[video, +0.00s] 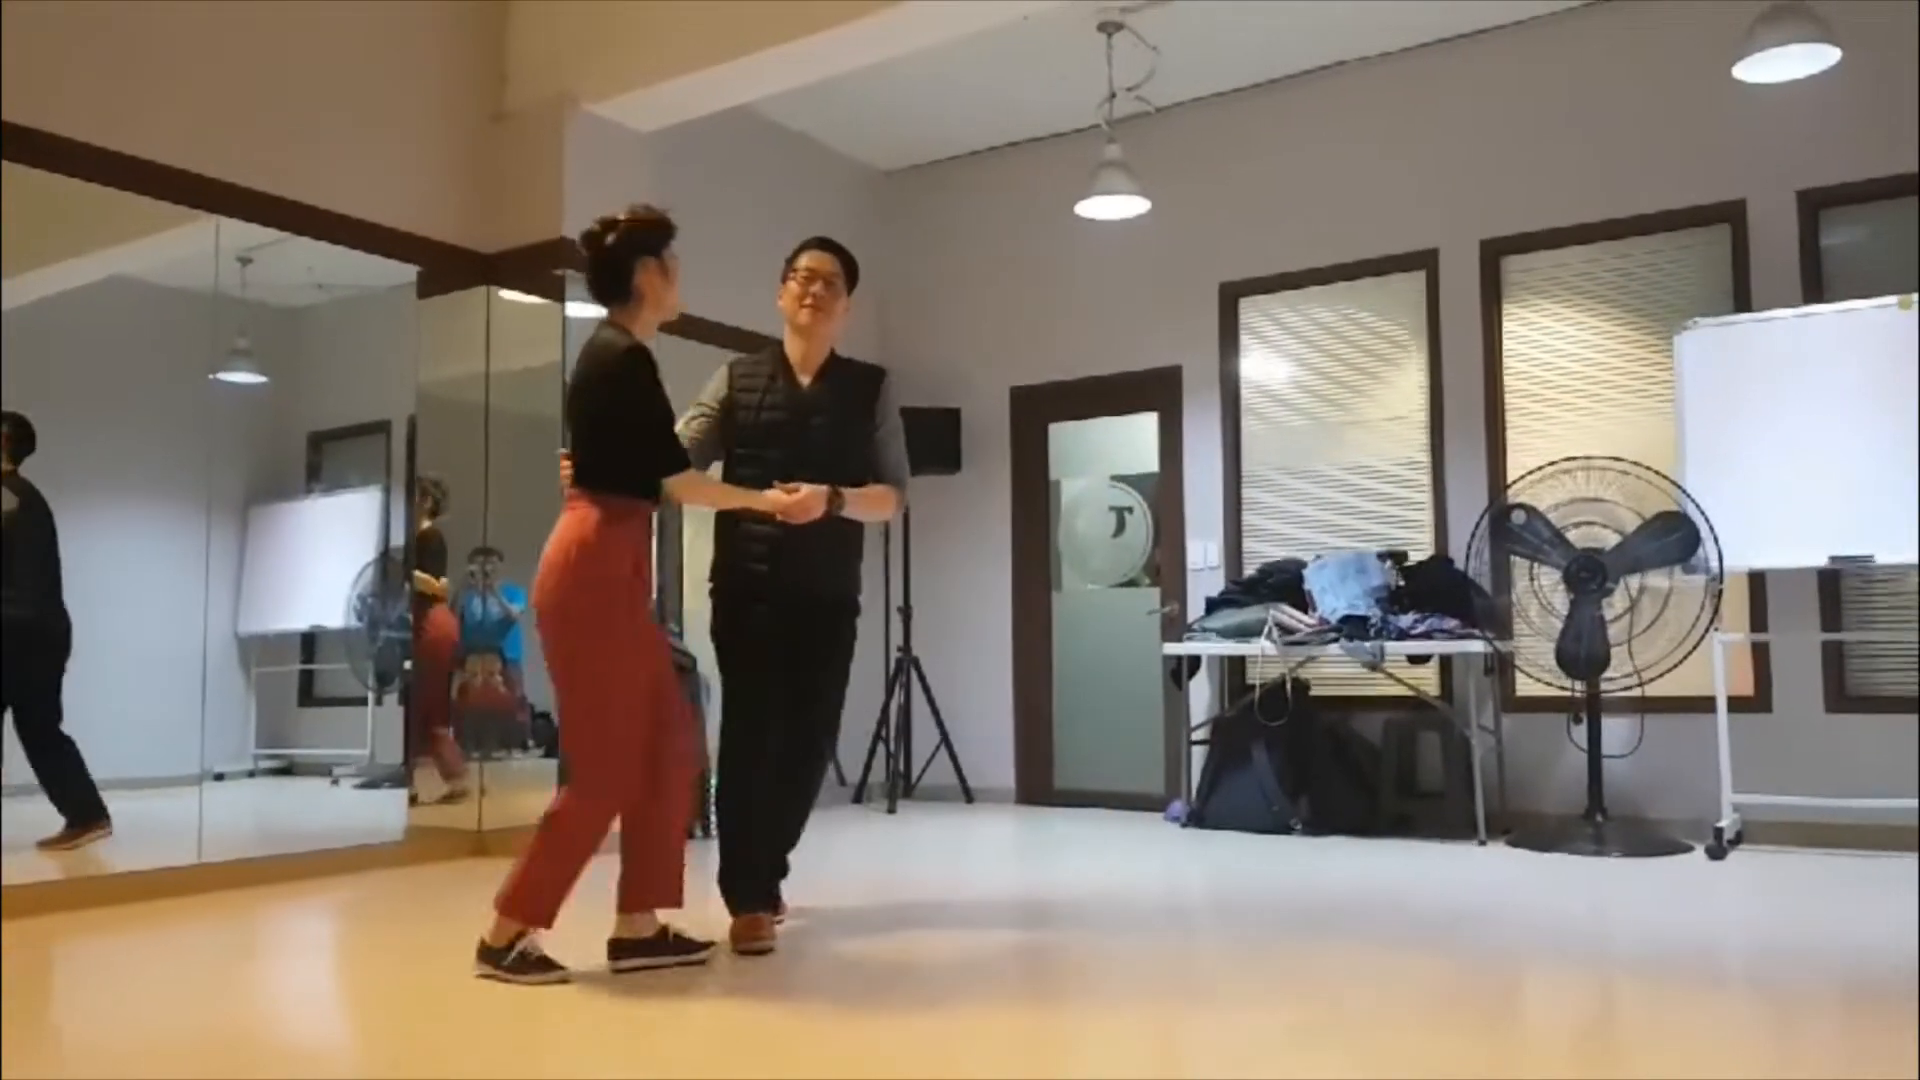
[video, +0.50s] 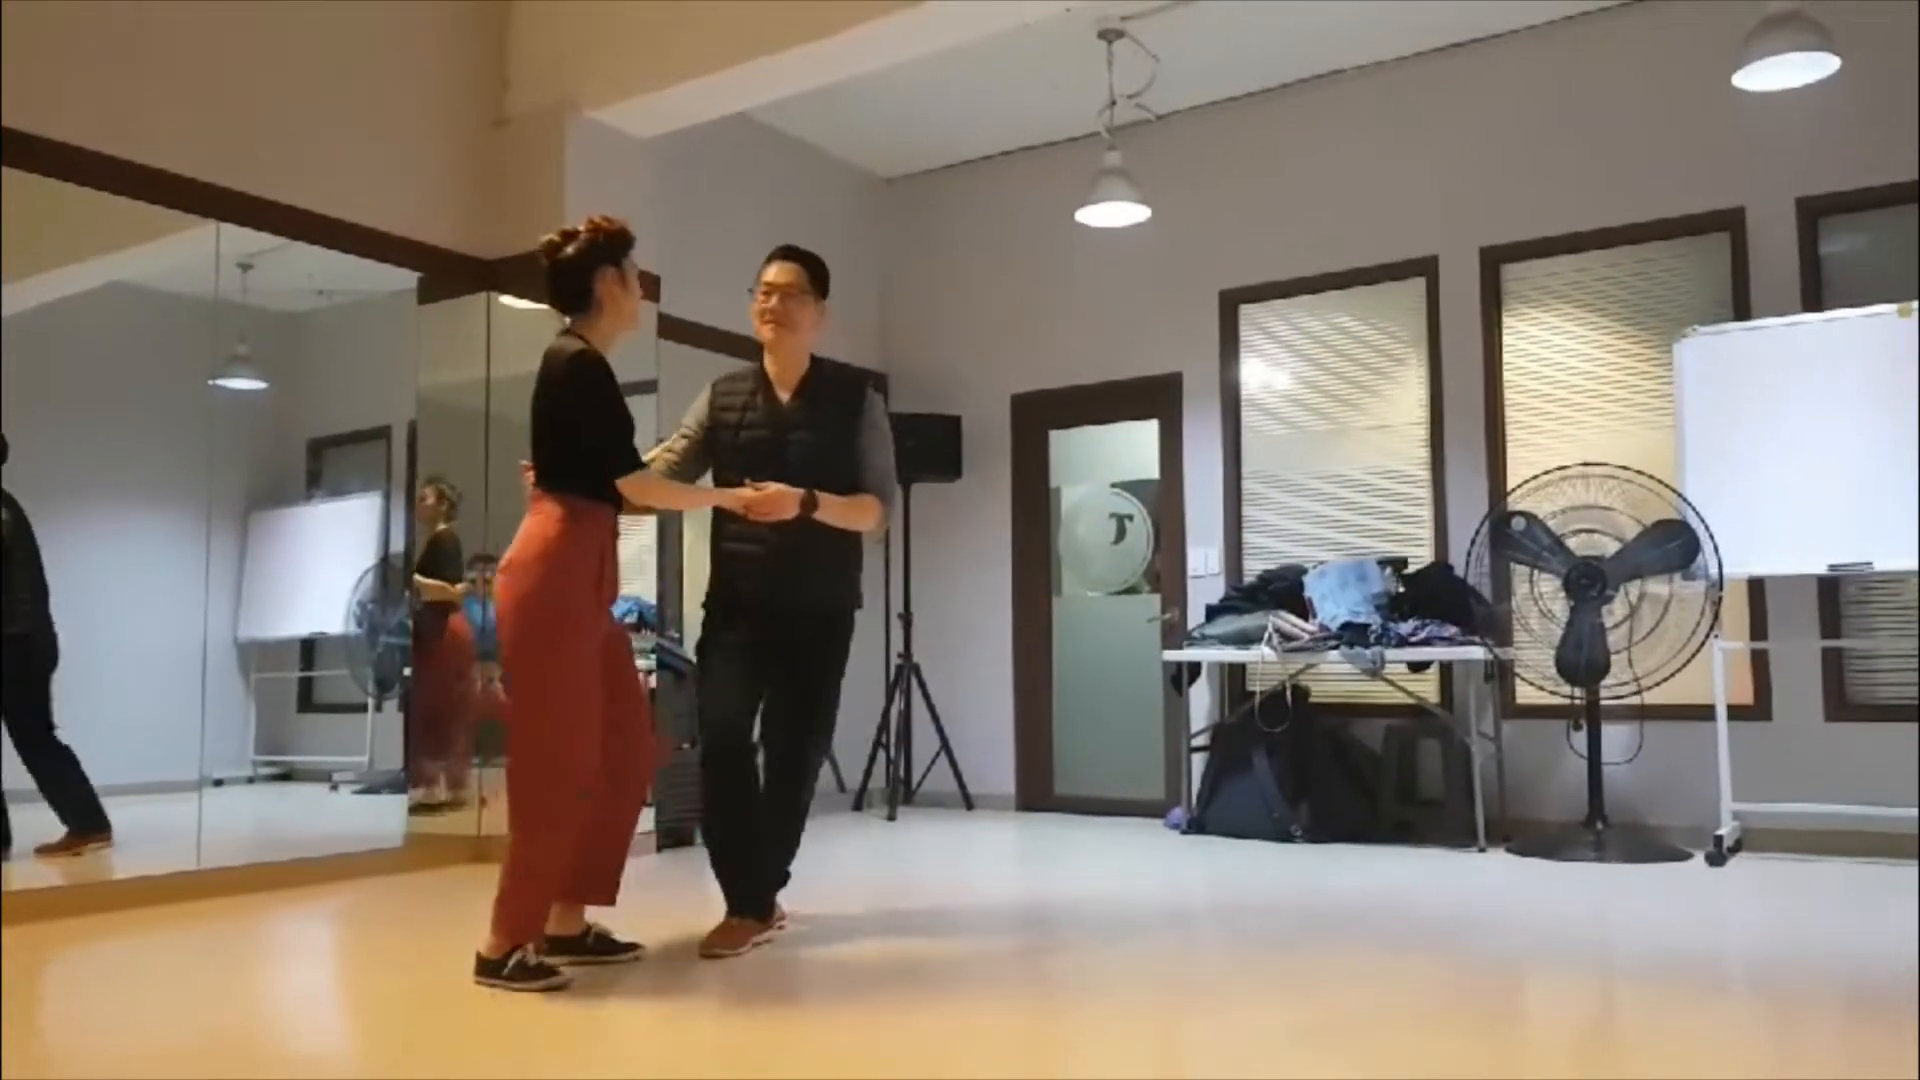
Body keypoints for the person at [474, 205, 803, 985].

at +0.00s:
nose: (679, 278)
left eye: (672, 265)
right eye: (670, 266)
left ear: (624, 280)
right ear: (645, 278)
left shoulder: (611, 358)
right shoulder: (622, 361)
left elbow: (643, 476)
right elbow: (673, 480)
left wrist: (743, 495)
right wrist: (766, 501)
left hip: (607, 572)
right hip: (593, 572)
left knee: (671, 738)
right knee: (609, 759)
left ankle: (640, 926)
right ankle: (507, 935)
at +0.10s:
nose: (657, 282)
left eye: (651, 267)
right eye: (649, 268)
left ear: (606, 279)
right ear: (624, 276)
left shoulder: (588, 356)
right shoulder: (597, 358)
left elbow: (558, 461)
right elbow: (669, 472)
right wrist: (755, 487)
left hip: (587, 570)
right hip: (561, 570)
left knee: (649, 727)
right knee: (560, 752)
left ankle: (642, 920)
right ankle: (505, 939)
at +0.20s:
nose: (646, 275)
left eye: (641, 260)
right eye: (637, 261)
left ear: (596, 269)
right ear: (607, 268)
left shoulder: (564, 346)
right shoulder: (579, 348)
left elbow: (533, 455)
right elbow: (652, 457)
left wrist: (611, 474)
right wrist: (746, 469)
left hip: (572, 572)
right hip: (537, 570)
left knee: (645, 724)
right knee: (535, 748)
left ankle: (636, 908)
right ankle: (502, 941)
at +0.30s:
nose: (635, 280)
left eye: (630, 266)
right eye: (626, 265)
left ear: (585, 274)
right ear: (598, 272)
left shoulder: (556, 351)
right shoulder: (566, 354)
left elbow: (534, 460)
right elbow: (639, 463)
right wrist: (729, 472)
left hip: (562, 573)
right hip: (532, 572)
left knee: (643, 723)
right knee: (537, 751)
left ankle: (606, 905)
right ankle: (499, 943)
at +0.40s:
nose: (636, 289)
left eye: (631, 274)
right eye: (628, 273)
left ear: (584, 281)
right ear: (599, 278)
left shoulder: (562, 358)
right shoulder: (567, 359)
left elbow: (533, 464)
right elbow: (633, 471)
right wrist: (728, 484)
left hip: (565, 578)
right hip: (535, 578)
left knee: (642, 733)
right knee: (543, 757)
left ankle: (588, 908)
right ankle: (501, 946)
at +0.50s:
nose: (644, 294)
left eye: (638, 280)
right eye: (634, 280)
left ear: (592, 289)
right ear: (606, 286)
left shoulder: (581, 367)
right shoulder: (577, 369)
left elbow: (612, 480)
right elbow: (629, 483)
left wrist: (691, 493)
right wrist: (721, 496)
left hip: (575, 581)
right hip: (549, 582)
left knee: (628, 746)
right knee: (559, 756)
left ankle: (565, 921)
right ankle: (505, 945)